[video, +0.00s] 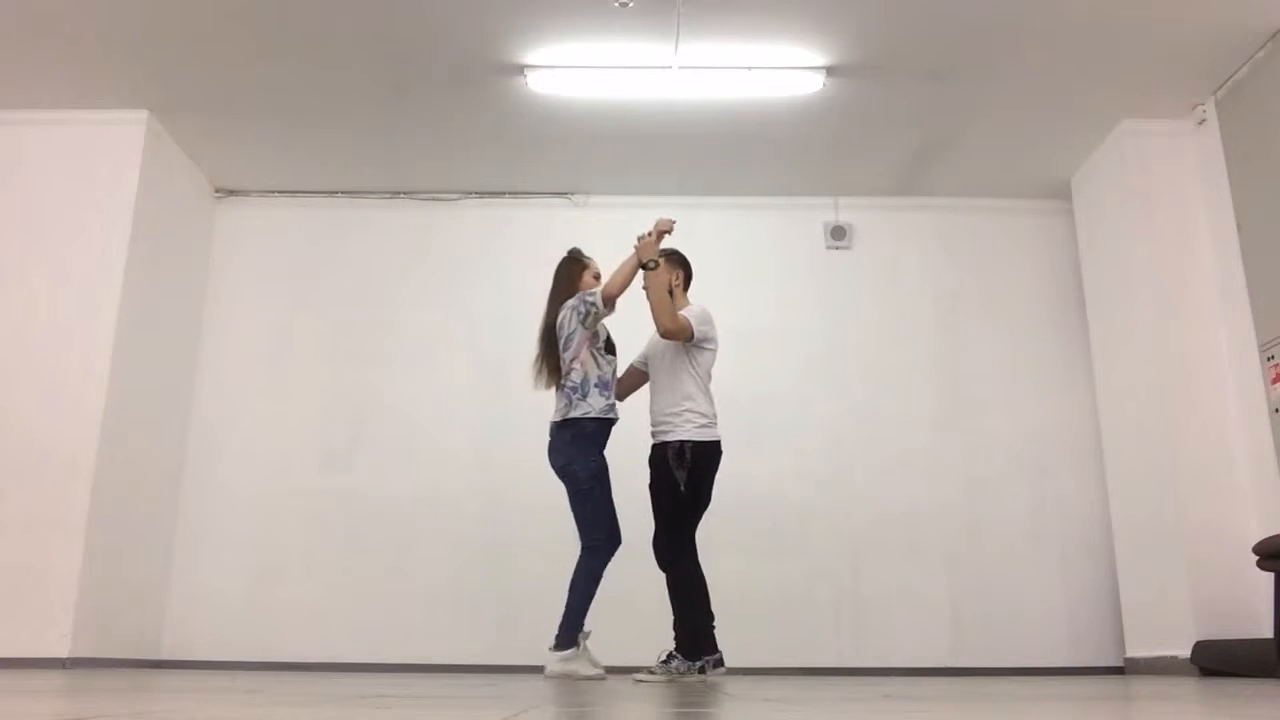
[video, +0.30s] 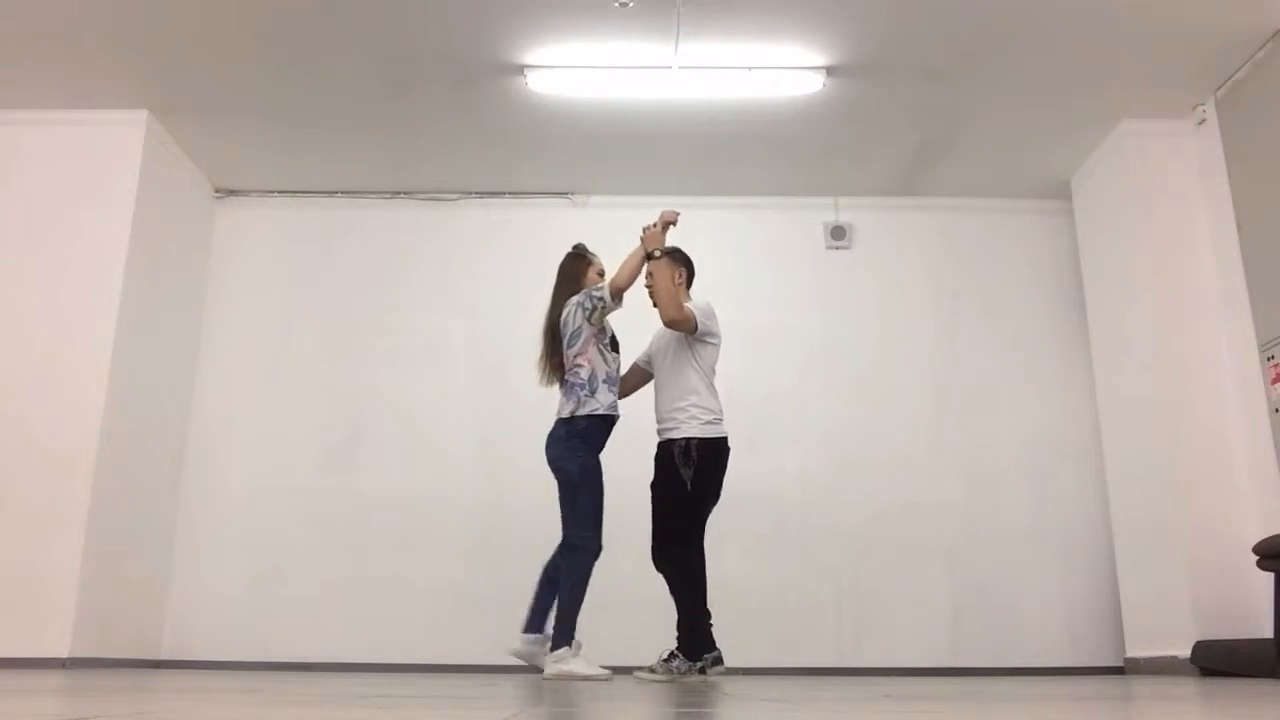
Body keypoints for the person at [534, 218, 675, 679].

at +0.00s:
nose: (602, 284)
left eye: (601, 277)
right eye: (593, 277)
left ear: (585, 282)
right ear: (572, 280)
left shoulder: (583, 318)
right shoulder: (573, 313)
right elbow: (611, 290)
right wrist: (643, 250)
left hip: (585, 437)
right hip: (575, 438)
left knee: (607, 539)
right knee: (598, 542)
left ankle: (571, 641)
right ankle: (564, 649)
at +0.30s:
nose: (605, 275)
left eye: (603, 268)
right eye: (598, 269)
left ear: (579, 278)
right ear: (582, 275)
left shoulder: (582, 314)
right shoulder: (579, 308)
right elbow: (618, 285)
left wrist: (646, 248)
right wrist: (648, 246)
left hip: (574, 438)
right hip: (577, 440)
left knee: (576, 540)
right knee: (585, 543)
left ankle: (534, 636)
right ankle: (561, 650)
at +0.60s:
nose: (601, 284)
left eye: (600, 278)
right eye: (594, 278)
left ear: (580, 284)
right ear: (578, 283)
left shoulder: (583, 329)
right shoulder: (572, 315)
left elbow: (620, 393)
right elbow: (606, 294)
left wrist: (661, 361)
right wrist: (631, 250)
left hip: (570, 447)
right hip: (577, 447)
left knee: (583, 548)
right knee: (598, 549)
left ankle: (526, 622)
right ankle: (563, 651)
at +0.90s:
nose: (593, 294)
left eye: (593, 288)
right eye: (586, 288)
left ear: (584, 293)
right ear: (564, 289)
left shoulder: (588, 339)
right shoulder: (553, 327)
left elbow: (625, 375)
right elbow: (560, 361)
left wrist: (656, 353)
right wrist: (573, 316)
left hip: (583, 443)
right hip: (566, 442)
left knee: (583, 550)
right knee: (581, 550)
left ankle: (548, 644)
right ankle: (558, 651)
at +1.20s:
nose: (578, 296)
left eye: (580, 291)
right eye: (569, 290)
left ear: (581, 298)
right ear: (548, 297)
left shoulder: (594, 343)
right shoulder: (537, 342)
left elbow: (611, 379)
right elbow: (529, 392)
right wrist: (541, 351)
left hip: (591, 448)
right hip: (555, 449)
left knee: (580, 545)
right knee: (575, 542)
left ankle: (558, 641)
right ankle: (552, 642)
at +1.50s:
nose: (570, 297)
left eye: (573, 292)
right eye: (561, 291)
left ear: (577, 301)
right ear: (541, 299)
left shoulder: (583, 349)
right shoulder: (527, 339)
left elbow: (609, 381)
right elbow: (509, 355)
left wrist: (641, 359)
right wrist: (531, 315)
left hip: (582, 453)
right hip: (542, 453)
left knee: (576, 553)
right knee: (551, 551)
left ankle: (556, 648)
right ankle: (515, 644)